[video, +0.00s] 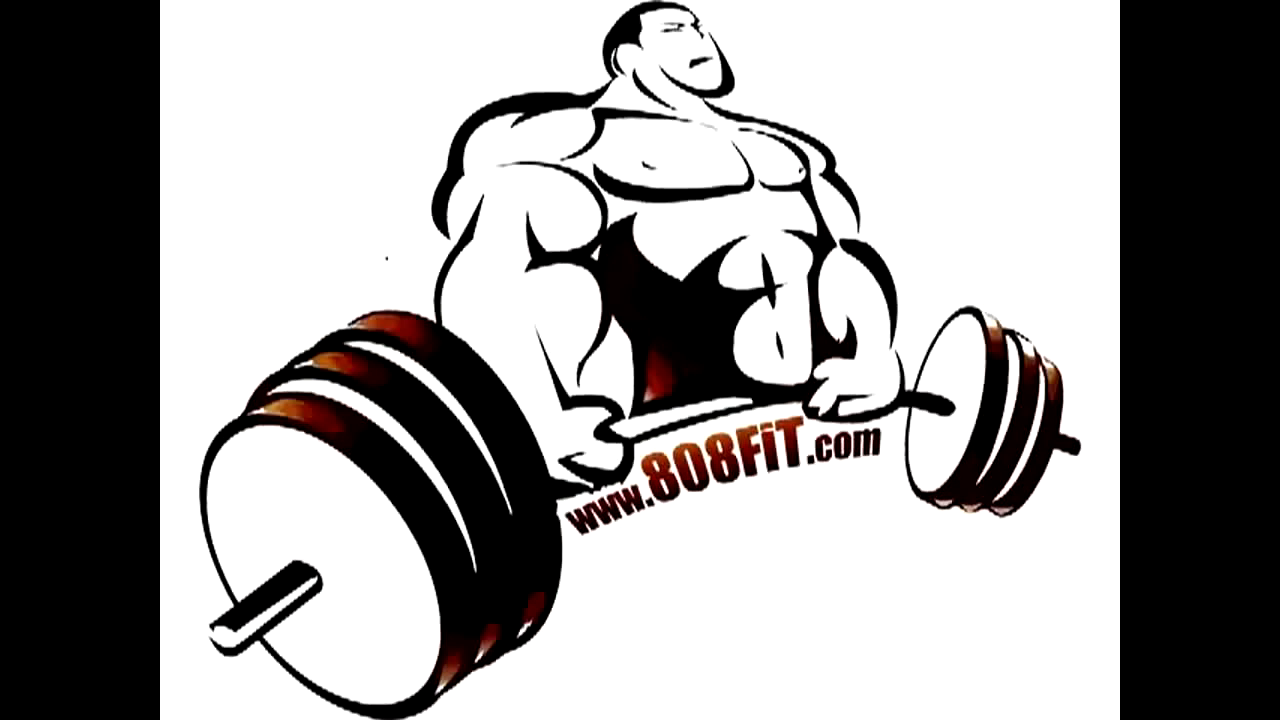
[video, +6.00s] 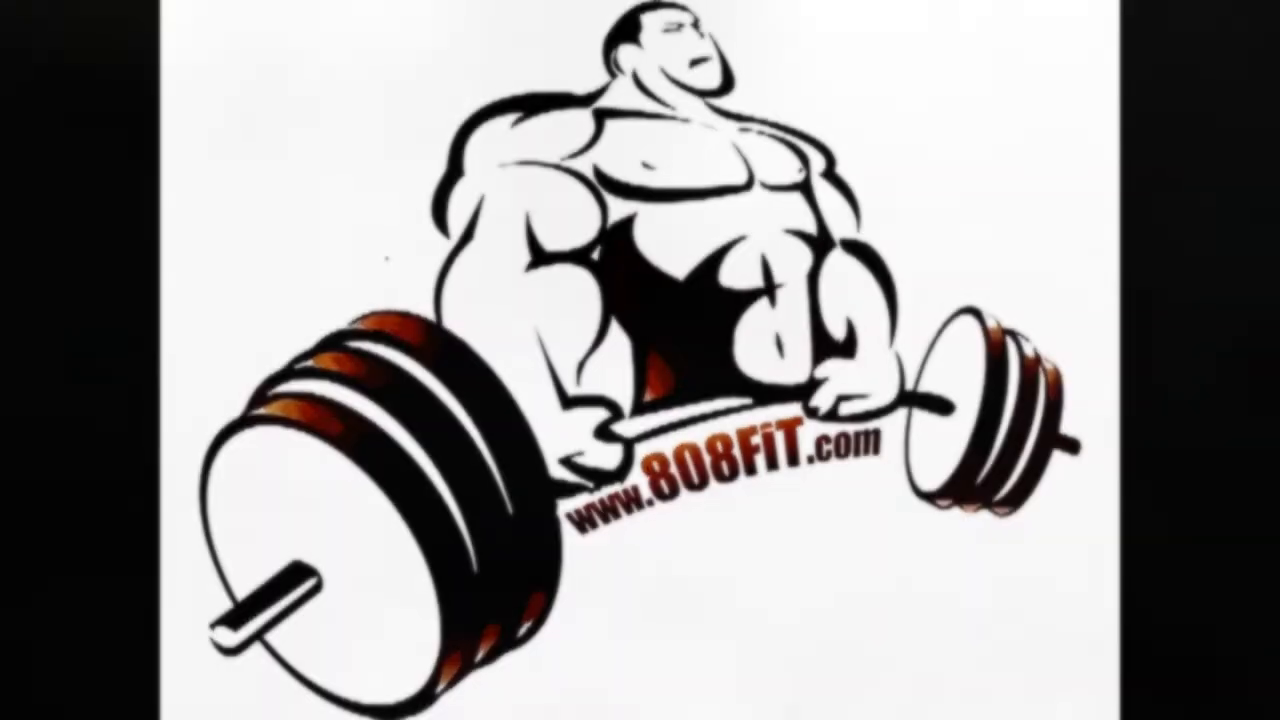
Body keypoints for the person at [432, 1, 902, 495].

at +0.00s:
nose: (702, 40)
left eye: (701, 28)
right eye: (676, 30)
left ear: (713, 45)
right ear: (629, 59)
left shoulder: (775, 145)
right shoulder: (594, 126)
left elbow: (850, 249)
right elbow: (487, 155)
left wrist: (878, 358)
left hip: (747, 330)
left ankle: (870, 369)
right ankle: (577, 429)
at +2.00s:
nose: (702, 40)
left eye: (701, 28)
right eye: (675, 30)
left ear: (713, 45)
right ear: (628, 59)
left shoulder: (776, 145)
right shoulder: (593, 127)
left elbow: (850, 250)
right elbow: (487, 155)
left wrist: (878, 358)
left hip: (747, 331)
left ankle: (870, 369)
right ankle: (577, 429)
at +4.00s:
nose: (702, 40)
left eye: (701, 28)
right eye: (675, 30)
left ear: (713, 45)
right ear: (628, 59)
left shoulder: (776, 145)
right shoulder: (593, 127)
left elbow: (850, 250)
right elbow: (487, 155)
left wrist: (878, 358)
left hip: (747, 331)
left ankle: (870, 369)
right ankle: (577, 429)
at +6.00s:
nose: (702, 39)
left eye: (702, 28)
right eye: (676, 29)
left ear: (715, 44)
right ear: (629, 57)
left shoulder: (778, 146)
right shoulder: (592, 127)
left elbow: (849, 255)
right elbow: (488, 155)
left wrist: (875, 358)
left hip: (751, 335)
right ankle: (567, 430)